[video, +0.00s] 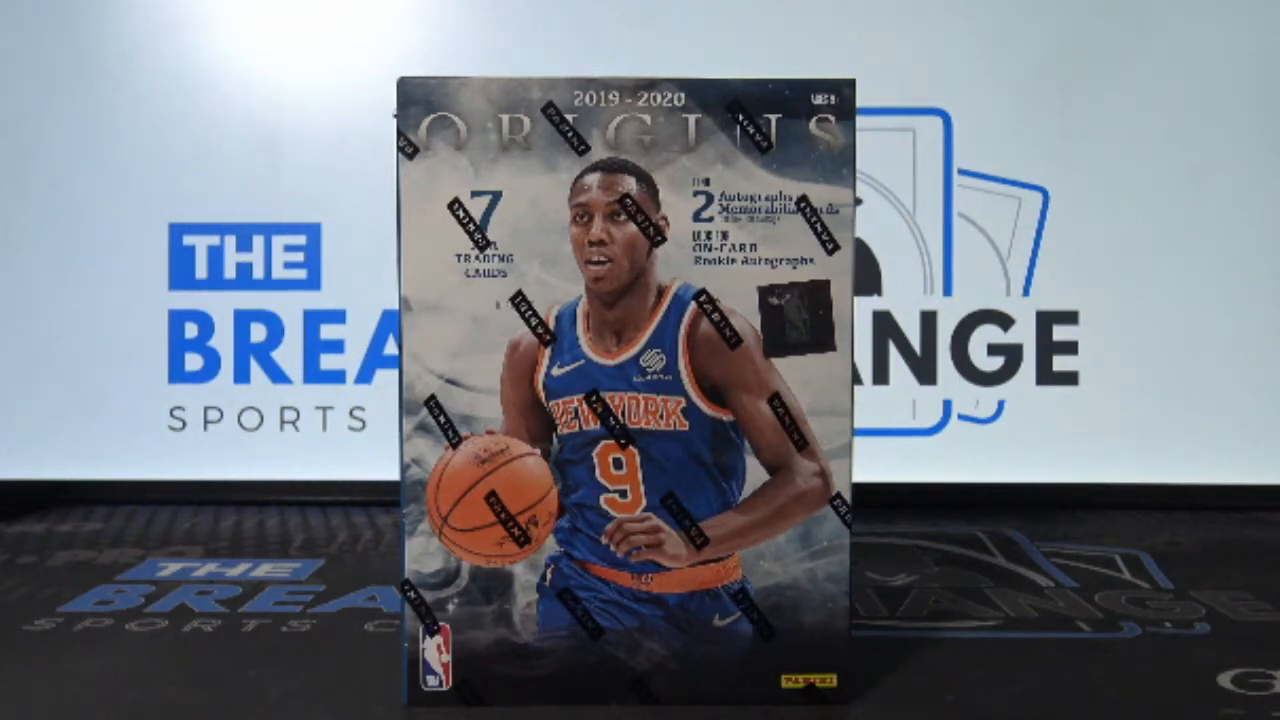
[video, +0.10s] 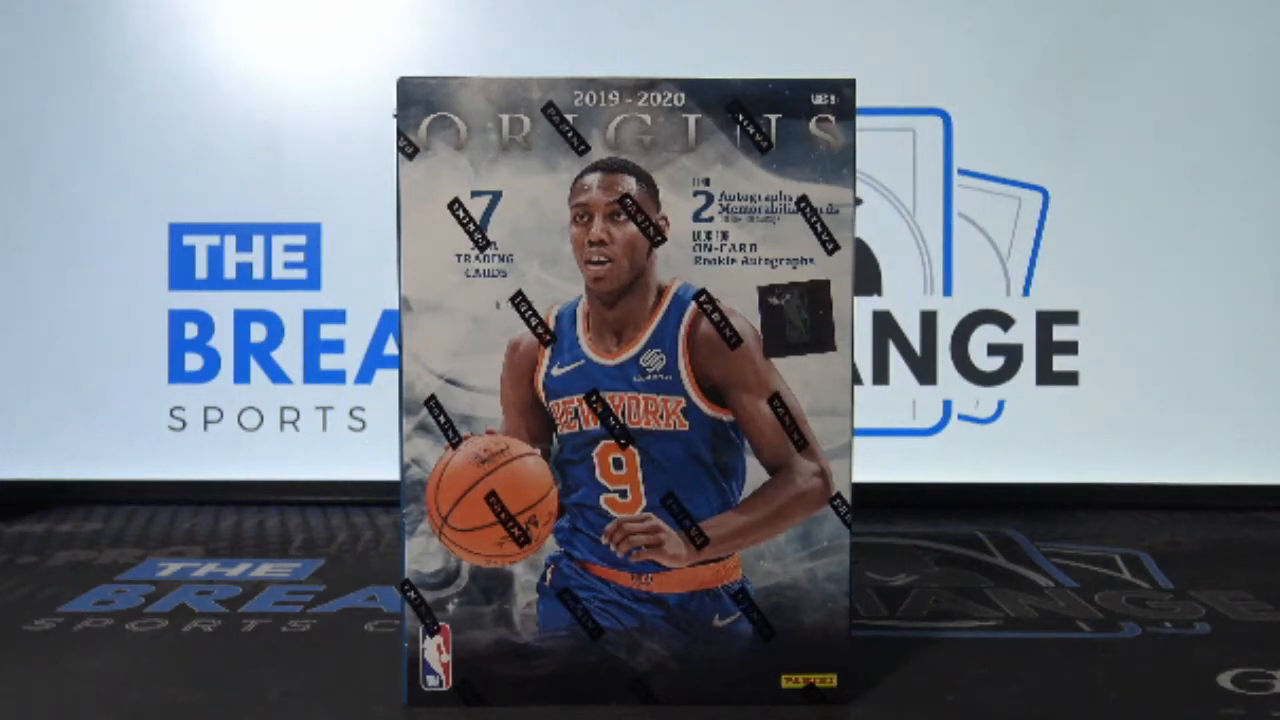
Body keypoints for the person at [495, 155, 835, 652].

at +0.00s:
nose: (595, 235)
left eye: (617, 216)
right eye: (581, 218)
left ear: (657, 230)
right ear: (569, 232)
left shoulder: (713, 334)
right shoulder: (534, 353)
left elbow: (809, 476)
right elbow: (526, 487)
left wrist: (695, 542)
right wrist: (474, 474)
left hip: (698, 611)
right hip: (584, 604)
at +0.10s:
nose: (595, 235)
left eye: (618, 216)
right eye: (581, 218)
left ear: (657, 230)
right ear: (569, 232)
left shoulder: (712, 334)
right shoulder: (534, 353)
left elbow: (810, 476)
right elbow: (525, 487)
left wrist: (695, 542)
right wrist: (476, 472)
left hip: (698, 611)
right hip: (583, 604)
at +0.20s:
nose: (595, 235)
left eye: (618, 216)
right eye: (581, 218)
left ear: (657, 231)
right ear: (569, 232)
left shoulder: (712, 334)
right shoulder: (534, 353)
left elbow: (809, 477)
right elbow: (527, 489)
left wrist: (695, 542)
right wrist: (477, 471)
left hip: (699, 613)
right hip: (583, 606)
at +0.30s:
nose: (595, 235)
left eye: (618, 216)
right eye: (581, 218)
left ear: (657, 230)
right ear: (569, 232)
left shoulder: (712, 334)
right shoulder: (534, 353)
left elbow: (810, 476)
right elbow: (527, 488)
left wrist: (695, 542)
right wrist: (481, 469)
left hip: (698, 613)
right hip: (583, 606)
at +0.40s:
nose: (595, 235)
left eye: (617, 216)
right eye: (581, 218)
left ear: (657, 230)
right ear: (569, 232)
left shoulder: (712, 334)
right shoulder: (534, 353)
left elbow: (809, 476)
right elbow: (529, 488)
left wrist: (695, 542)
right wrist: (481, 470)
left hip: (698, 612)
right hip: (583, 605)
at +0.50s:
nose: (595, 235)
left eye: (617, 216)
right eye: (581, 218)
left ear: (657, 230)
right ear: (569, 232)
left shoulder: (712, 334)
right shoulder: (534, 353)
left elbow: (809, 476)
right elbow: (529, 488)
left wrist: (695, 542)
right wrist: (481, 470)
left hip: (698, 612)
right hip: (583, 605)